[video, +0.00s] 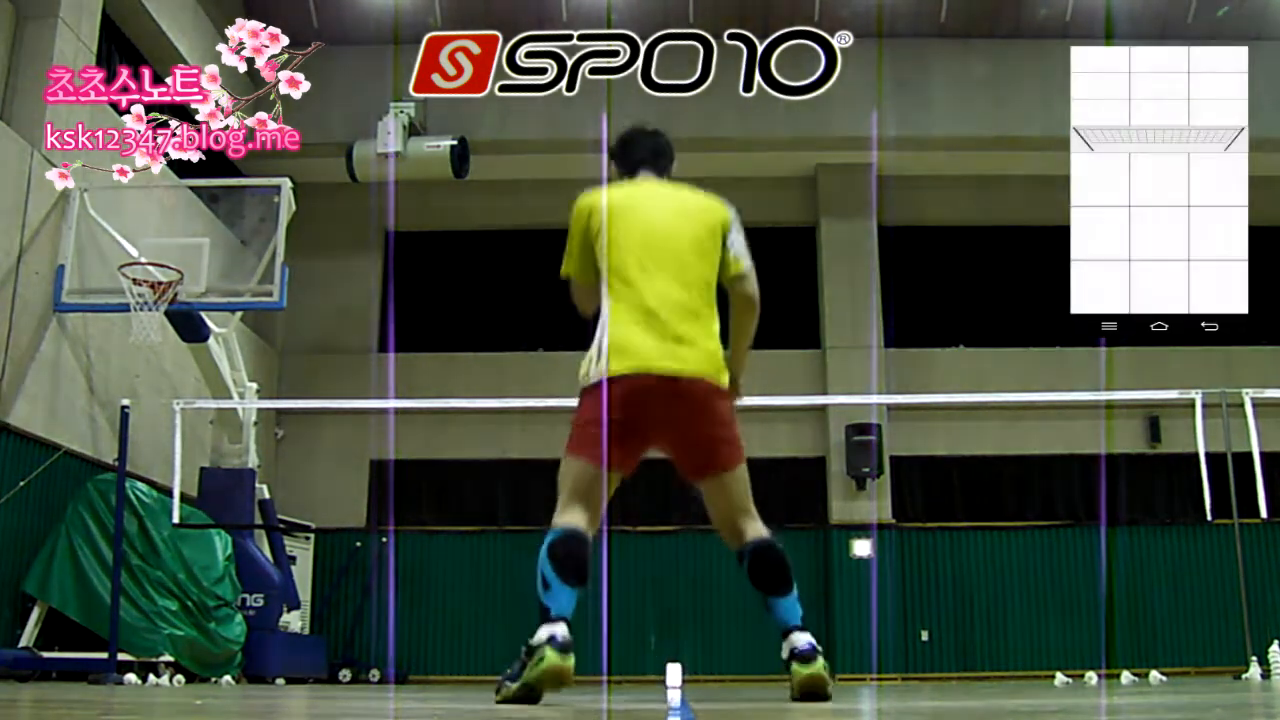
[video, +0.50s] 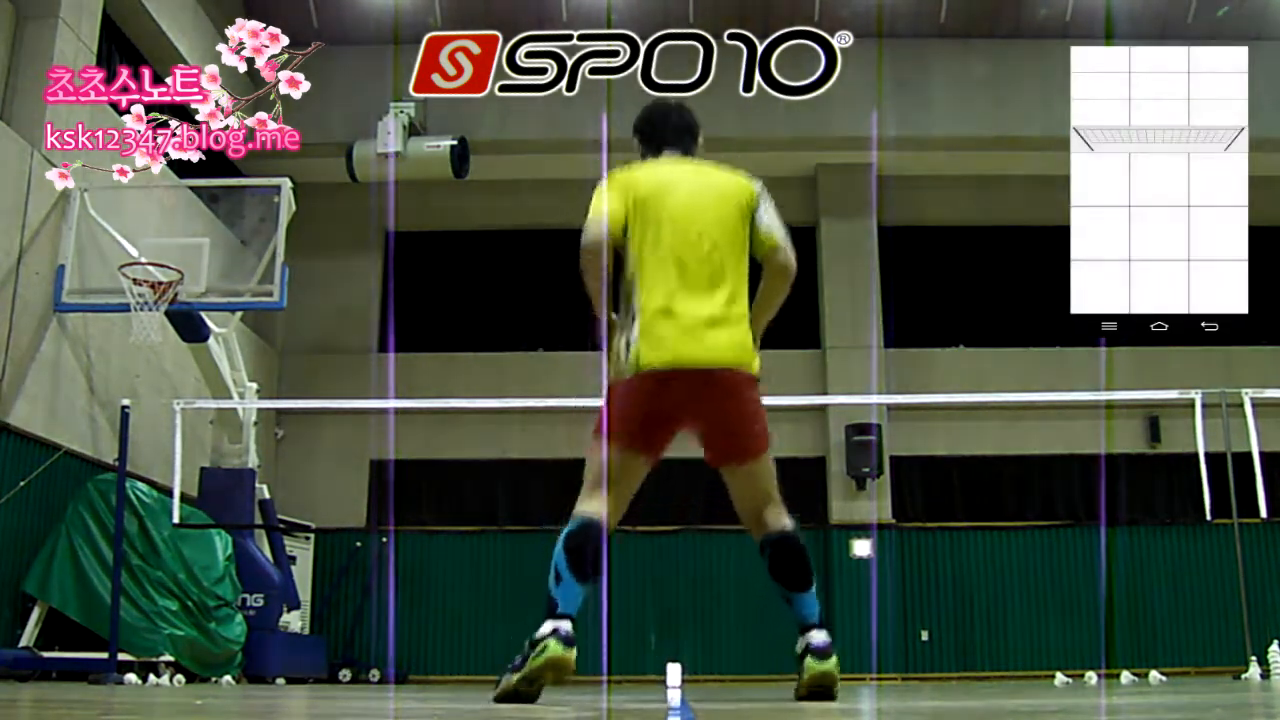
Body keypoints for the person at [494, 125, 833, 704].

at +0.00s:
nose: (618, 177)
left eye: (615, 168)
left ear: (618, 168)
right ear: (670, 168)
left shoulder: (594, 205)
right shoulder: (715, 209)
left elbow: (585, 300)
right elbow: (746, 294)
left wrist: (622, 251)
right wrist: (734, 372)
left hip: (618, 380)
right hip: (699, 381)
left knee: (575, 509)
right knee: (744, 521)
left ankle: (552, 637)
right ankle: (800, 644)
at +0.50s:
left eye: (641, 144)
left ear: (641, 145)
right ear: (696, 143)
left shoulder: (622, 181)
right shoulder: (741, 185)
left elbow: (595, 243)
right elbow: (783, 262)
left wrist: (606, 318)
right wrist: (750, 331)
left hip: (648, 366)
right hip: (730, 365)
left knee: (598, 500)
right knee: (768, 511)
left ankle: (557, 629)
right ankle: (816, 641)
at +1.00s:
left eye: (653, 149)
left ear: (655, 149)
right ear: (711, 149)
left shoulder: (643, 183)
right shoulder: (755, 197)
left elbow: (622, 233)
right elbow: (797, 284)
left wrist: (585, 319)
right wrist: (762, 350)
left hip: (673, 370)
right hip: (752, 372)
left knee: (616, 503)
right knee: (789, 515)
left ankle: (590, 625)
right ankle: (849, 627)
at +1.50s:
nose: (639, 248)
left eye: (640, 240)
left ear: (644, 236)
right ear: (703, 237)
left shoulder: (643, 255)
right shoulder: (750, 276)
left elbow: (618, 290)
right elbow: (803, 357)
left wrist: (555, 365)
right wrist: (778, 419)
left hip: (688, 406)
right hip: (770, 408)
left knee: (612, 532)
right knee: (783, 530)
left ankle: (581, 644)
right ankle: (848, 644)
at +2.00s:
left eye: (752, 190)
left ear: (750, 196)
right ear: (804, 183)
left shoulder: (734, 248)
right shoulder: (853, 215)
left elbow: (694, 337)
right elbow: (937, 213)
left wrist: (669, 397)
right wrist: (915, 186)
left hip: (745, 407)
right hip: (832, 407)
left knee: (669, 538)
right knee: (877, 530)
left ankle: (568, 642)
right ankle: (875, 652)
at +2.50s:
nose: (1215, 58)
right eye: (1203, 48)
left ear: (1101, 61)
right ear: (1175, 50)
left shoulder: (1069, 118)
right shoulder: (1193, 104)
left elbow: (1004, 115)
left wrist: (1000, 40)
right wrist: (1183, 27)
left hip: (1125, 326)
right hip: (1216, 312)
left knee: (1144, 489)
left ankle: (1099, 645)